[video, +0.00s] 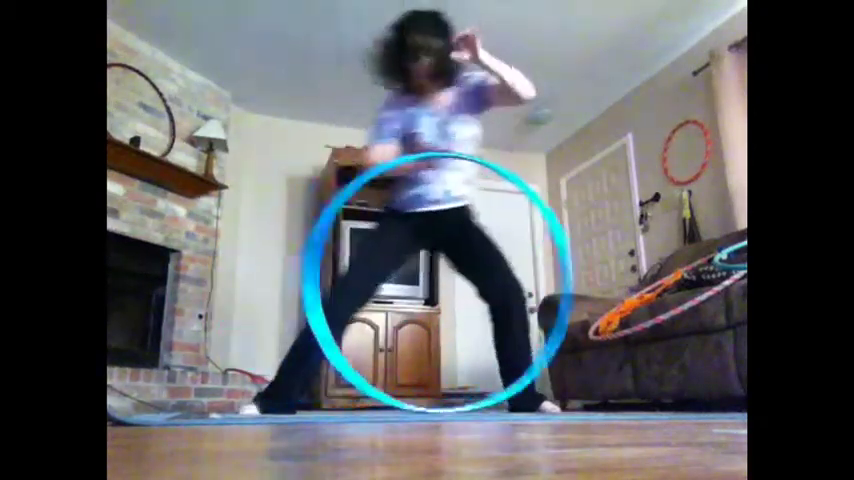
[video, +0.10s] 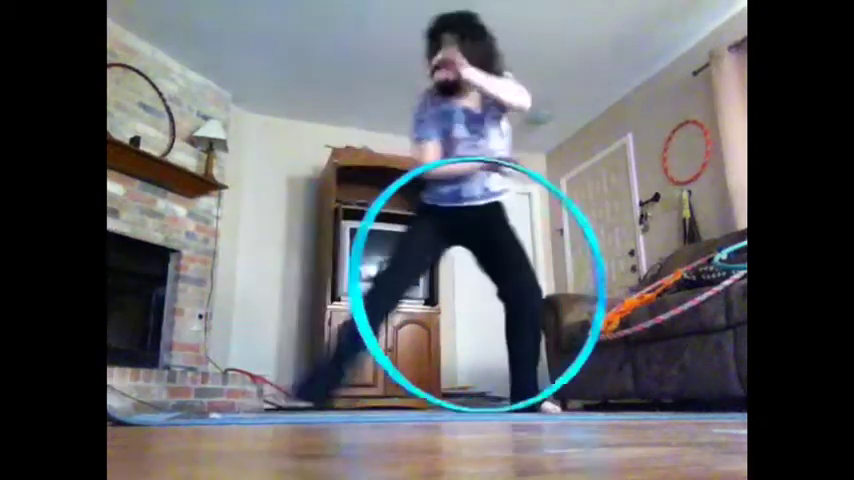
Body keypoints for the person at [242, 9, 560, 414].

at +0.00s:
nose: (421, 63)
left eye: (429, 54)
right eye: (413, 55)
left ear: (447, 55)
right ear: (401, 59)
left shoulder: (468, 93)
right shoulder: (398, 105)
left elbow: (524, 93)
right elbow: (378, 158)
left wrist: (482, 59)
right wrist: (415, 158)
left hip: (453, 217)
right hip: (403, 219)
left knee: (507, 294)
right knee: (342, 301)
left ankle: (525, 399)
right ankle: (275, 403)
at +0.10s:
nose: (444, 62)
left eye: (452, 52)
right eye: (438, 55)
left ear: (476, 54)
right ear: (433, 60)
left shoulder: (498, 88)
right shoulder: (433, 102)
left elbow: (522, 101)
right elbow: (427, 169)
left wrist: (469, 73)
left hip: (486, 215)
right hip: (437, 216)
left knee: (525, 296)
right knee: (385, 293)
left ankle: (525, 398)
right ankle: (314, 391)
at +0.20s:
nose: (471, 68)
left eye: (479, 57)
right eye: (461, 60)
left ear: (496, 53)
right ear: (449, 62)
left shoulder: (512, 88)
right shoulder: (444, 102)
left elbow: (512, 113)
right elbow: (454, 169)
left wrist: (454, 90)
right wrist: (511, 171)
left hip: (499, 214)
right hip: (450, 216)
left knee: (528, 295)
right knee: (411, 290)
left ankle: (527, 396)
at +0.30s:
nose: (475, 73)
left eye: (485, 62)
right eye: (466, 64)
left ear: (501, 64)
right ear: (455, 68)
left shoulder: (517, 95)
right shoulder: (446, 108)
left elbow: (508, 124)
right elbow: (467, 171)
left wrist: (445, 113)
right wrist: (532, 177)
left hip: (508, 215)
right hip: (458, 219)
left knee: (527, 298)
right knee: (424, 298)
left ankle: (533, 400)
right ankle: (424, 390)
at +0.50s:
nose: (475, 79)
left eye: (484, 70)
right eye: (467, 70)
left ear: (497, 73)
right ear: (455, 73)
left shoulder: (513, 106)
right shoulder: (445, 117)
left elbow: (498, 147)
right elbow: (449, 174)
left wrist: (441, 129)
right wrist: (506, 173)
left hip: (508, 223)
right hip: (461, 224)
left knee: (522, 301)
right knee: (416, 299)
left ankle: (534, 400)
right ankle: (427, 393)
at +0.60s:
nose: (465, 81)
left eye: (473, 73)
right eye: (457, 73)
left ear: (485, 76)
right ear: (446, 75)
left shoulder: (498, 108)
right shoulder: (431, 116)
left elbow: (490, 153)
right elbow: (416, 169)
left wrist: (440, 126)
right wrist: (456, 171)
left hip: (494, 223)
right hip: (447, 226)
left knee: (517, 299)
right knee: (401, 298)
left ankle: (534, 395)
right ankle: (386, 394)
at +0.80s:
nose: (444, 87)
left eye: (452, 82)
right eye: (437, 79)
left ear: (462, 87)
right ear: (423, 83)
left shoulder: (469, 125)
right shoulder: (403, 127)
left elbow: (480, 165)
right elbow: (371, 166)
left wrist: (439, 141)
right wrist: (394, 166)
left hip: (461, 227)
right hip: (417, 228)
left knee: (494, 301)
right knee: (379, 304)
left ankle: (528, 395)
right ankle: (376, 400)